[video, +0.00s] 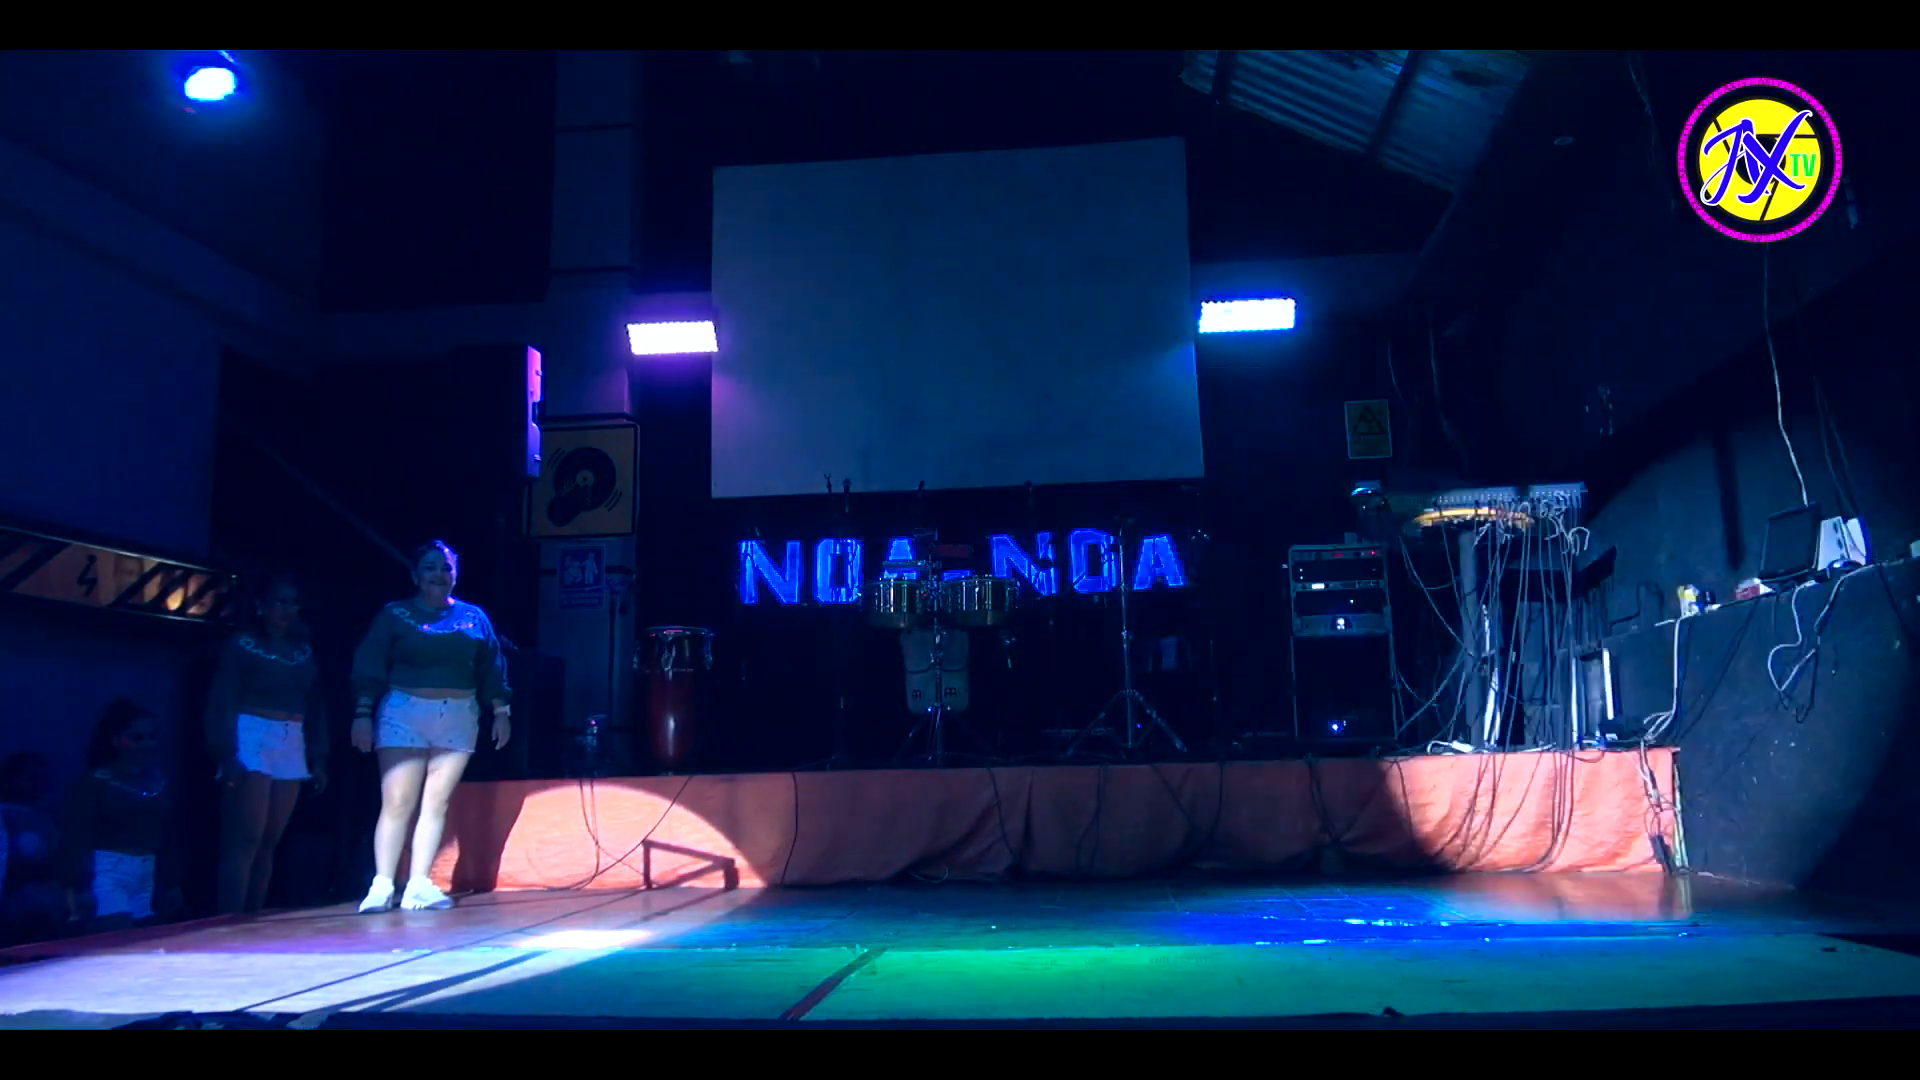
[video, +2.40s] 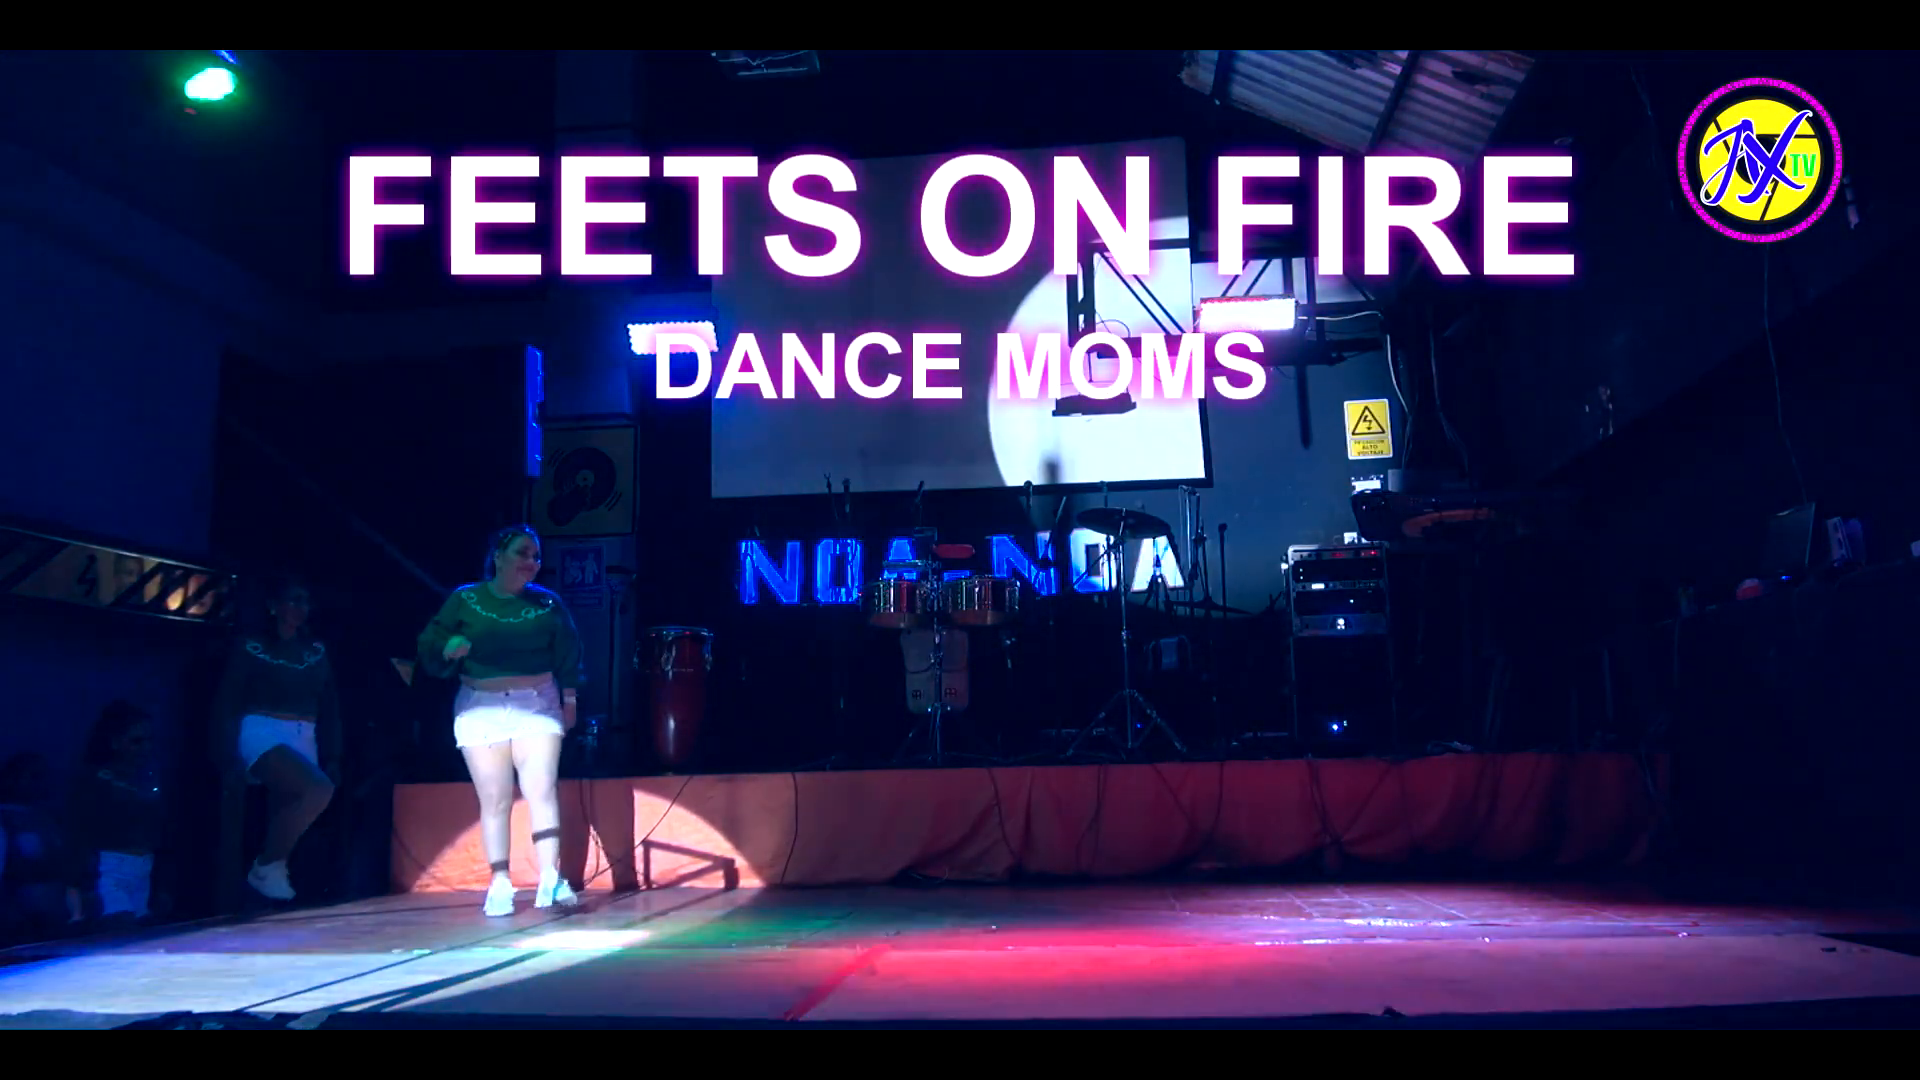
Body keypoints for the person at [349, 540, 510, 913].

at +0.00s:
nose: (438, 575)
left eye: (445, 569)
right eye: (430, 569)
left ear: (455, 575)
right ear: (417, 575)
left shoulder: (473, 618)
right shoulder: (396, 616)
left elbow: (492, 668)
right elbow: (370, 664)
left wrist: (501, 711)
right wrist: (363, 714)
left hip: (458, 716)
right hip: (403, 713)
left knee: (436, 803)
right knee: (397, 804)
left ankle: (418, 884)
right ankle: (383, 884)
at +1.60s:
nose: (469, 578)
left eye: (475, 572)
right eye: (460, 570)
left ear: (482, 579)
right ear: (443, 574)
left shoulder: (484, 620)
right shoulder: (426, 615)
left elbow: (494, 675)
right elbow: (403, 662)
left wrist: (514, 711)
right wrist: (396, 710)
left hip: (474, 722)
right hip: (430, 713)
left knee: (441, 803)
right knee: (458, 783)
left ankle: (419, 884)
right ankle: (411, 850)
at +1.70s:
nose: (473, 574)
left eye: (479, 568)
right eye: (465, 568)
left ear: (486, 574)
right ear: (447, 572)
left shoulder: (491, 616)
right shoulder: (431, 611)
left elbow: (506, 669)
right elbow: (396, 655)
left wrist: (537, 696)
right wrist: (379, 703)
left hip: (475, 717)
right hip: (432, 708)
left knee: (437, 802)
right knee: (473, 774)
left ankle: (417, 884)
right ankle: (451, 861)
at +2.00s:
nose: (489, 575)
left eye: (495, 569)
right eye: (481, 567)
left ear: (502, 574)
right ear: (462, 570)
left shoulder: (517, 614)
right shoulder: (440, 613)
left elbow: (553, 650)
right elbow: (402, 657)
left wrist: (588, 674)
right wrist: (376, 706)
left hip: (497, 719)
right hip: (449, 711)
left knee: (458, 803)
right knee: (476, 792)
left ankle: (418, 878)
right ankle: (490, 881)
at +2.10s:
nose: (498, 574)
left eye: (504, 567)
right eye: (491, 566)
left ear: (509, 573)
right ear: (469, 567)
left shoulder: (524, 612)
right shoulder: (442, 614)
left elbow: (560, 650)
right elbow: (410, 658)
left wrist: (591, 685)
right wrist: (393, 708)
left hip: (510, 713)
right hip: (457, 711)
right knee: (482, 794)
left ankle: (454, 855)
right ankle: (492, 883)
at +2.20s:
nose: (511, 572)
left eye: (515, 566)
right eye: (503, 564)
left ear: (519, 573)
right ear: (480, 566)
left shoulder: (531, 615)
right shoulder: (449, 615)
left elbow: (562, 660)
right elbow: (421, 664)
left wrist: (586, 696)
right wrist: (416, 709)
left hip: (520, 713)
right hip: (464, 714)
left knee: (546, 788)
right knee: (487, 795)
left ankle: (510, 841)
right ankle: (493, 882)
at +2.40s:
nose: (531, 562)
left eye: (535, 556)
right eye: (522, 553)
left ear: (538, 562)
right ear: (498, 557)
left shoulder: (548, 605)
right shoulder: (465, 601)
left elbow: (568, 654)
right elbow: (427, 646)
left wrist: (569, 699)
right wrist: (446, 650)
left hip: (537, 703)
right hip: (482, 705)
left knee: (543, 791)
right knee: (494, 799)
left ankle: (550, 881)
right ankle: (500, 883)